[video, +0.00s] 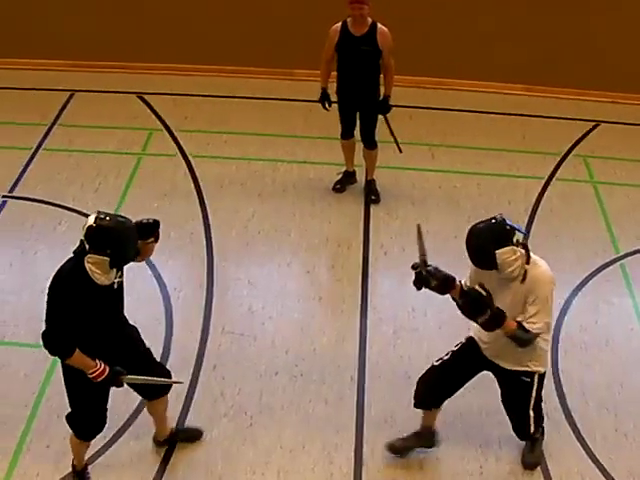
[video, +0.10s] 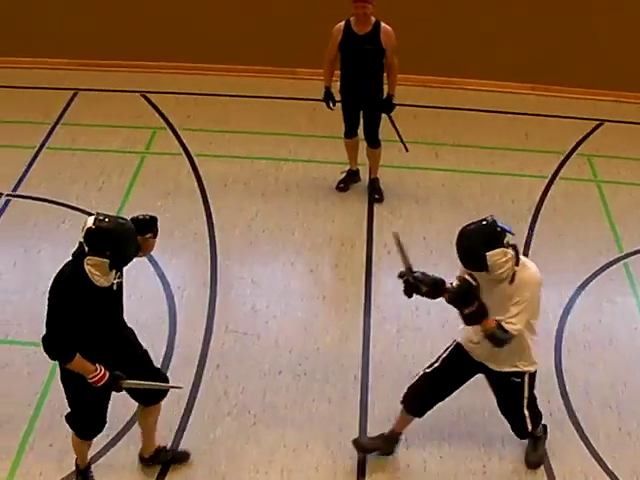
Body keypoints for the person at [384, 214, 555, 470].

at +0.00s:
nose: (483, 270)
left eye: (487, 265)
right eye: (481, 264)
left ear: (507, 257)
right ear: (482, 259)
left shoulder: (539, 277)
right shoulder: (484, 265)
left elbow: (527, 338)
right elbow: (476, 306)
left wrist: (490, 316)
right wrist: (449, 286)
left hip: (522, 362)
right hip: (483, 344)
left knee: (526, 424)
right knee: (431, 385)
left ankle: (534, 439)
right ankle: (426, 433)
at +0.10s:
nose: (474, 273)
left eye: (478, 268)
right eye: (471, 268)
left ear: (495, 258)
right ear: (475, 263)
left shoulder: (528, 277)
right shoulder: (479, 267)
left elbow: (503, 338)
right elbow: (463, 293)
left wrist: (473, 308)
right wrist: (432, 287)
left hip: (512, 362)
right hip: (472, 348)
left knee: (522, 423)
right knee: (421, 392)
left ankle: (538, 434)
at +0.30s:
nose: (455, 265)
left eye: (461, 260)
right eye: (454, 259)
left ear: (480, 254)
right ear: (458, 254)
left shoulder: (510, 272)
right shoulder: (458, 259)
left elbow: (477, 331)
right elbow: (441, 286)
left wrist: (445, 310)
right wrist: (413, 285)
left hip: (494, 353)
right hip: (454, 337)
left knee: (514, 412)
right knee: (405, 384)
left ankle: (541, 418)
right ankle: (399, 429)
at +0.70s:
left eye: (469, 238)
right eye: (465, 238)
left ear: (493, 226)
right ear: (469, 233)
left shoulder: (521, 243)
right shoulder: (465, 235)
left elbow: (489, 304)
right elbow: (439, 257)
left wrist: (448, 278)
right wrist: (409, 264)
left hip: (506, 321)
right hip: (463, 306)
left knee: (507, 381)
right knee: (417, 353)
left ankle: (513, 402)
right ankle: (414, 397)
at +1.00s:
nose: (448, 211)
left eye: (452, 206)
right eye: (445, 205)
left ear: (470, 196)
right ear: (449, 198)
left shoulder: (502, 216)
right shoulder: (451, 201)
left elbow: (465, 277)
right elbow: (431, 226)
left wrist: (426, 246)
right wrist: (395, 232)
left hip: (488, 295)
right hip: (446, 280)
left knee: (507, 357)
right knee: (403, 327)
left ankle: (528, 361)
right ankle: (389, 376)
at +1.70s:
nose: (453, 233)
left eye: (457, 228)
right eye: (451, 227)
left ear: (474, 221)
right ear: (466, 220)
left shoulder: (512, 245)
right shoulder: (461, 226)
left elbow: (488, 309)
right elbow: (450, 260)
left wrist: (462, 276)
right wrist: (439, 275)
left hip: (488, 325)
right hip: (446, 303)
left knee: (491, 393)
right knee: (399, 344)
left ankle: (509, 396)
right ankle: (366, 390)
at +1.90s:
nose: (422, 241)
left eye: (425, 236)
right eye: (420, 236)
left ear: (445, 230)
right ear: (434, 230)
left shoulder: (478, 253)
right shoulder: (433, 233)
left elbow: (447, 314)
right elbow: (417, 262)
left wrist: (423, 282)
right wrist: (404, 277)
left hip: (456, 332)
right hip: (417, 309)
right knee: (366, 354)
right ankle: (353, 396)